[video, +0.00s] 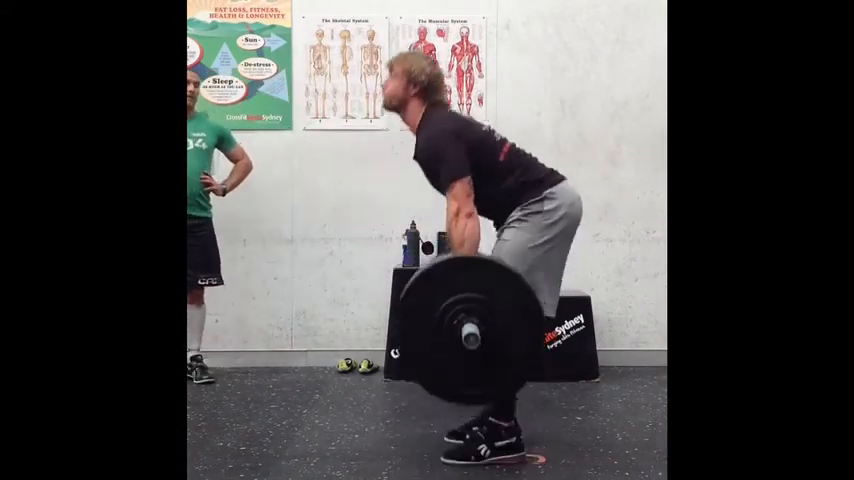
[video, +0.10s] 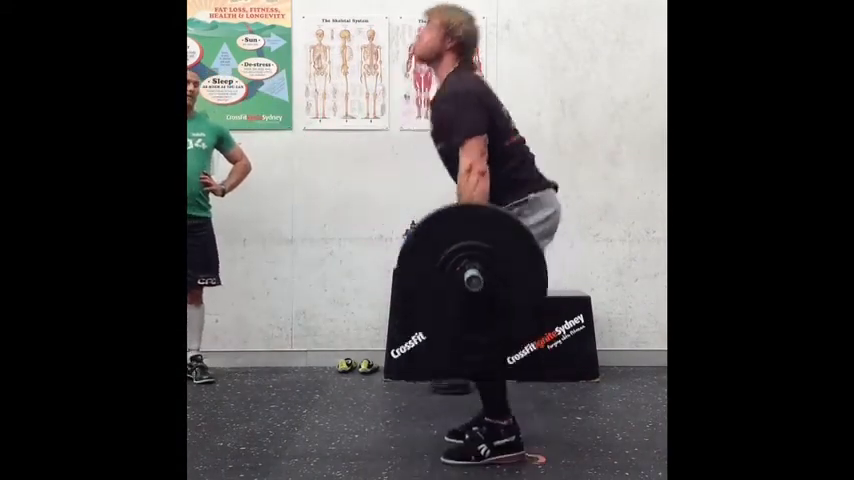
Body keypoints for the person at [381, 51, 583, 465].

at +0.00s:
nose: (383, 85)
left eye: (390, 77)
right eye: (386, 77)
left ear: (413, 86)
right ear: (416, 88)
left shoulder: (440, 132)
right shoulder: (434, 131)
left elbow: (465, 213)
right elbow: (460, 212)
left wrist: (464, 290)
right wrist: (460, 286)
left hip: (544, 205)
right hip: (534, 206)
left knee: (501, 310)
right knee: (494, 307)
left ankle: (502, 426)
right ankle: (495, 418)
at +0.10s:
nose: (416, 36)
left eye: (426, 28)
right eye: (421, 27)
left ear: (450, 42)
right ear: (451, 44)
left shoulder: (462, 91)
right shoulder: (455, 89)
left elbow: (476, 170)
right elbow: (474, 170)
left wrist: (464, 242)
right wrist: (463, 240)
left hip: (526, 207)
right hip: (518, 205)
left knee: (478, 306)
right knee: (475, 303)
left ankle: (498, 422)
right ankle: (493, 415)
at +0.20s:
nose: (480, 11)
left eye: (489, 5)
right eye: (484, 4)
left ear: (511, 20)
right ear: (510, 22)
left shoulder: (515, 65)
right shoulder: (506, 63)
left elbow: (500, 135)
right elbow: (492, 134)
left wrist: (468, 195)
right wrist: (463, 194)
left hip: (500, 204)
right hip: (495, 202)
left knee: (465, 307)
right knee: (464, 304)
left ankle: (492, 417)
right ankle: (485, 404)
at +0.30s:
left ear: (554, 3)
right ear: (556, 6)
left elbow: (515, 101)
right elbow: (497, 100)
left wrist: (464, 146)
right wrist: (455, 138)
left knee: (472, 282)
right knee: (459, 277)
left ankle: (481, 403)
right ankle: (467, 374)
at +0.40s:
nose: (506, 7)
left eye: (515, 0)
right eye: (510, 1)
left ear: (541, 6)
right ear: (541, 10)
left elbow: (531, 74)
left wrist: (471, 95)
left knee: (461, 288)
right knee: (455, 283)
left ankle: (491, 410)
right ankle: (482, 391)